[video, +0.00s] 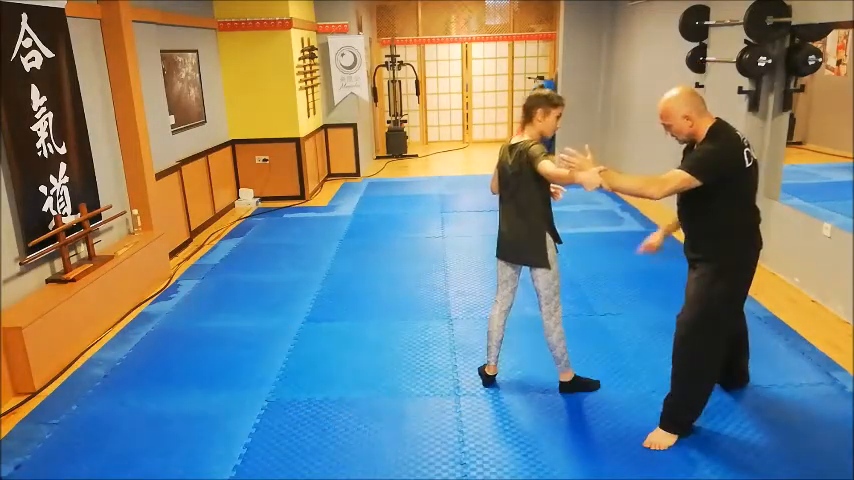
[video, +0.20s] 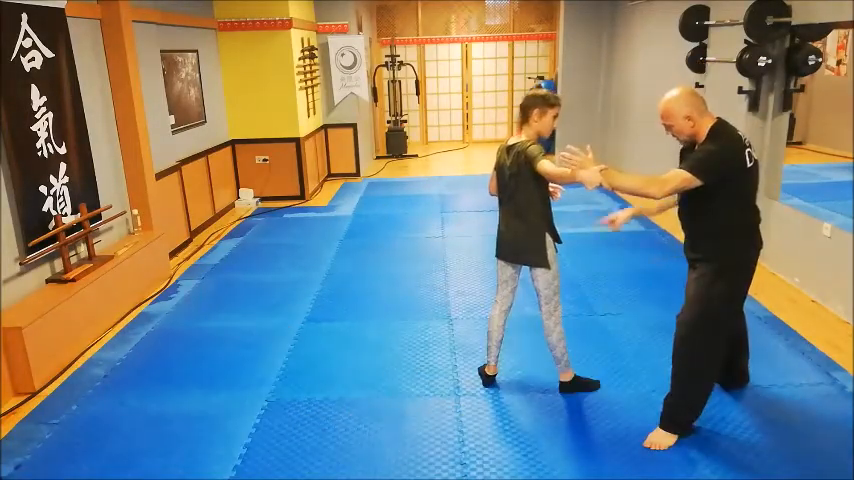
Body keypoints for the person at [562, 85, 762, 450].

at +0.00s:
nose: (668, 133)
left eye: (670, 125)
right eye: (666, 126)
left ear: (690, 117)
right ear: (690, 117)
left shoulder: (717, 150)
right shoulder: (717, 139)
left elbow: (657, 188)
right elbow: (704, 202)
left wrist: (601, 177)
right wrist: (665, 231)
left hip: (723, 258)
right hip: (719, 249)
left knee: (693, 331)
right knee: (725, 313)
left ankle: (676, 422)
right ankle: (732, 373)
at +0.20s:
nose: (669, 133)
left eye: (671, 125)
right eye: (667, 127)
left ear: (692, 117)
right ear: (692, 117)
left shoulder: (719, 150)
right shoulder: (712, 139)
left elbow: (658, 189)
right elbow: (673, 194)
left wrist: (603, 176)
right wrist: (629, 212)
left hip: (723, 258)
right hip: (717, 250)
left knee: (693, 331)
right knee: (725, 312)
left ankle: (676, 422)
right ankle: (732, 372)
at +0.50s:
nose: (663, 137)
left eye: (666, 130)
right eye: (662, 131)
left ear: (689, 123)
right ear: (686, 124)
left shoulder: (716, 156)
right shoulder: (692, 148)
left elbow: (654, 195)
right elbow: (646, 179)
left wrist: (597, 184)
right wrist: (596, 174)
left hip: (721, 264)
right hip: (700, 258)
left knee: (685, 331)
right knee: (719, 315)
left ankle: (668, 422)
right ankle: (731, 373)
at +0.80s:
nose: (651, 139)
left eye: (654, 132)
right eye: (649, 132)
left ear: (677, 124)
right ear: (676, 123)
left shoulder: (708, 156)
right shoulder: (679, 149)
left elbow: (646, 201)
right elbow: (627, 172)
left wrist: (588, 191)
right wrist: (579, 170)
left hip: (713, 271)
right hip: (683, 264)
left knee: (675, 341)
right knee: (685, 326)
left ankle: (668, 424)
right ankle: (718, 370)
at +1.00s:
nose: (643, 139)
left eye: (646, 132)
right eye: (641, 133)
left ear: (669, 125)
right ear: (668, 124)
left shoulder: (700, 158)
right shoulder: (673, 148)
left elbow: (632, 205)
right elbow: (619, 174)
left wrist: (576, 196)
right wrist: (567, 175)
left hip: (705, 273)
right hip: (670, 260)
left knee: (674, 344)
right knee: (642, 317)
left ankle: (669, 425)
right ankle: (667, 379)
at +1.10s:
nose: (638, 138)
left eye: (641, 132)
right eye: (636, 132)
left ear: (665, 125)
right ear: (664, 124)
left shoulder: (694, 159)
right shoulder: (668, 148)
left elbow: (628, 208)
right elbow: (616, 175)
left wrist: (572, 200)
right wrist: (564, 178)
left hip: (700, 273)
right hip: (664, 261)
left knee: (671, 342)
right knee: (630, 317)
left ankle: (669, 425)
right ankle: (639, 385)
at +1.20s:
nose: (632, 139)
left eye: (635, 132)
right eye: (631, 133)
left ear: (659, 125)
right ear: (658, 125)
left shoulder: (688, 161)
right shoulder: (661, 150)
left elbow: (623, 211)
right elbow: (612, 179)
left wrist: (569, 205)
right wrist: (563, 188)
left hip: (695, 271)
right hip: (657, 259)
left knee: (667, 342)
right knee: (619, 318)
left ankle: (668, 425)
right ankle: (605, 389)